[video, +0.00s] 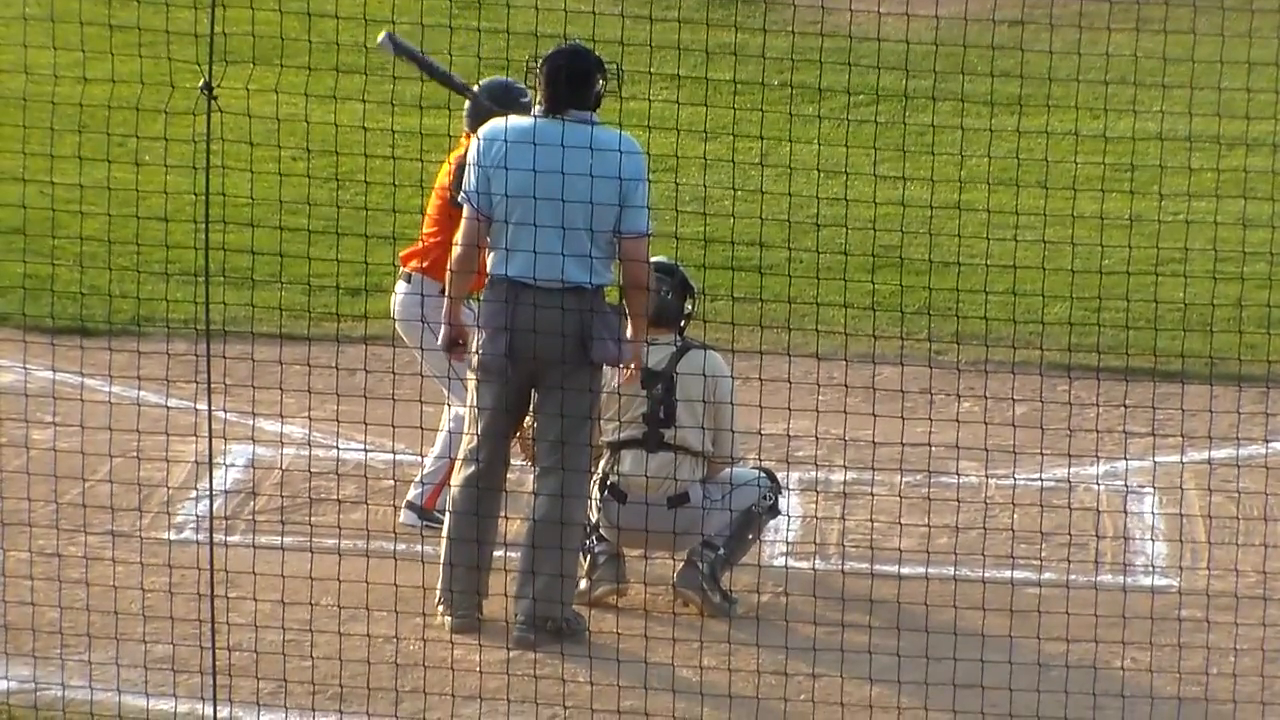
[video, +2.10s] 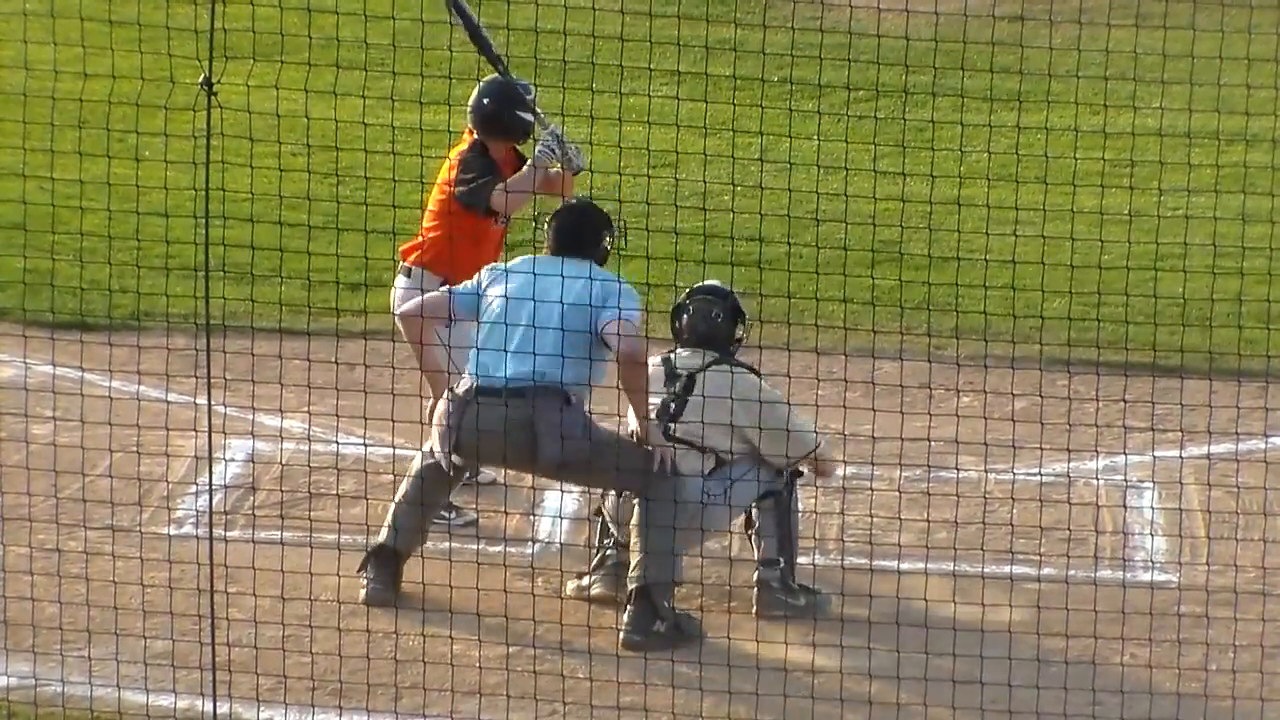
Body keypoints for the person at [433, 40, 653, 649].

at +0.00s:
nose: (603, 97)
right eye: (602, 89)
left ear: (542, 89)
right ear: (597, 93)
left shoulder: (496, 137)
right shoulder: (624, 151)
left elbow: (469, 242)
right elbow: (634, 260)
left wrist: (453, 308)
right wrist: (636, 337)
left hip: (505, 311)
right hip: (578, 318)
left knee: (481, 456)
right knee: (564, 466)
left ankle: (459, 600)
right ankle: (544, 612)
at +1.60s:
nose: (579, 147)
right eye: (576, 140)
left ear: (515, 136)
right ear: (569, 142)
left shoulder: (469, 177)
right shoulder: (584, 186)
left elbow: (404, 256)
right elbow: (600, 270)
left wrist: (429, 333)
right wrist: (630, 340)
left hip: (460, 332)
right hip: (535, 337)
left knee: (431, 437)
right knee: (617, 446)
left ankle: (383, 565)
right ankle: (586, 574)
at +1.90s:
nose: (598, 209)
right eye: (595, 202)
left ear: (538, 197)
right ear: (590, 204)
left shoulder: (490, 237)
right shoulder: (603, 247)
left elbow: (405, 297)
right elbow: (625, 320)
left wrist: (435, 366)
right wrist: (645, 397)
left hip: (467, 389)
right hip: (547, 393)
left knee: (441, 450)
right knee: (652, 473)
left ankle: (383, 561)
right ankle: (648, 605)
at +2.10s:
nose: (607, 250)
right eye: (606, 244)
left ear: (548, 241)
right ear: (601, 249)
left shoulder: (501, 274)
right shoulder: (611, 287)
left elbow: (412, 313)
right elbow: (628, 350)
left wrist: (444, 386)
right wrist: (641, 420)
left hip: (469, 420)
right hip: (548, 426)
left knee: (439, 460)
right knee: (662, 479)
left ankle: (383, 567)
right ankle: (649, 610)